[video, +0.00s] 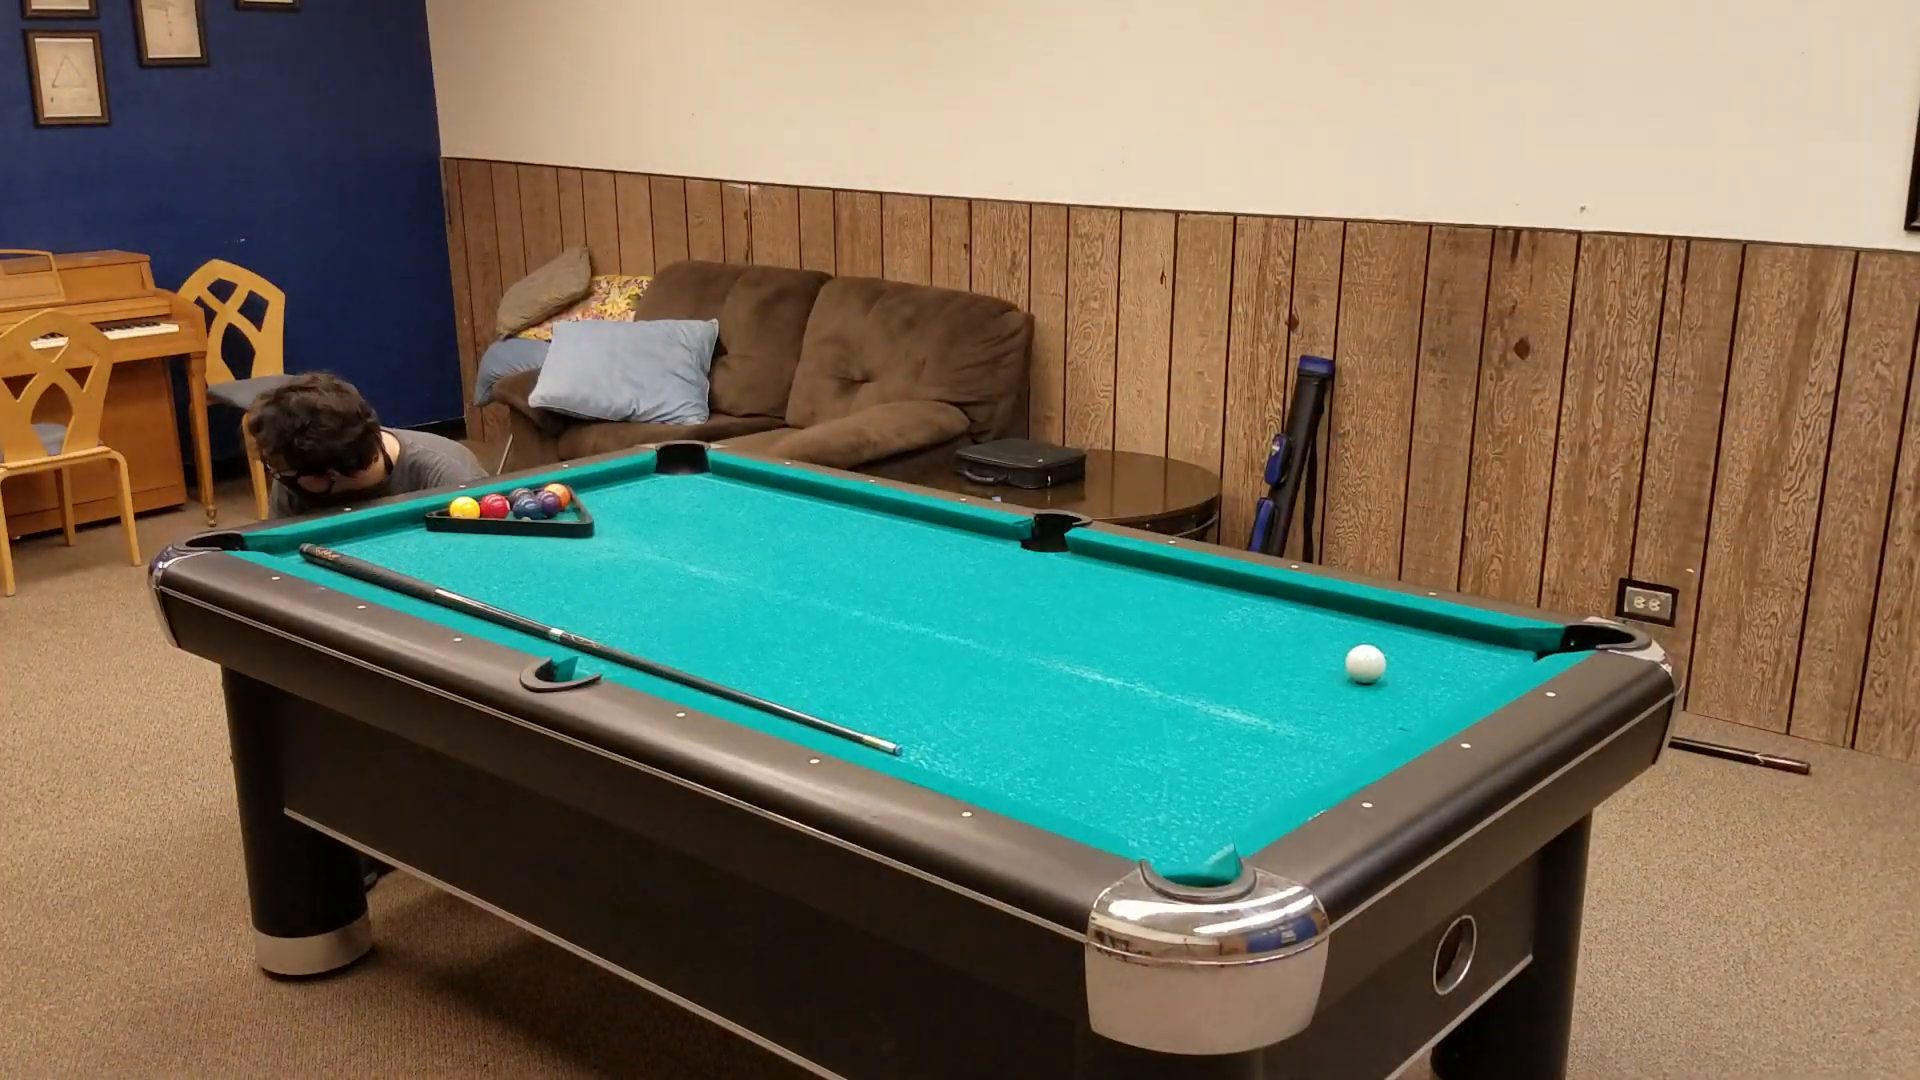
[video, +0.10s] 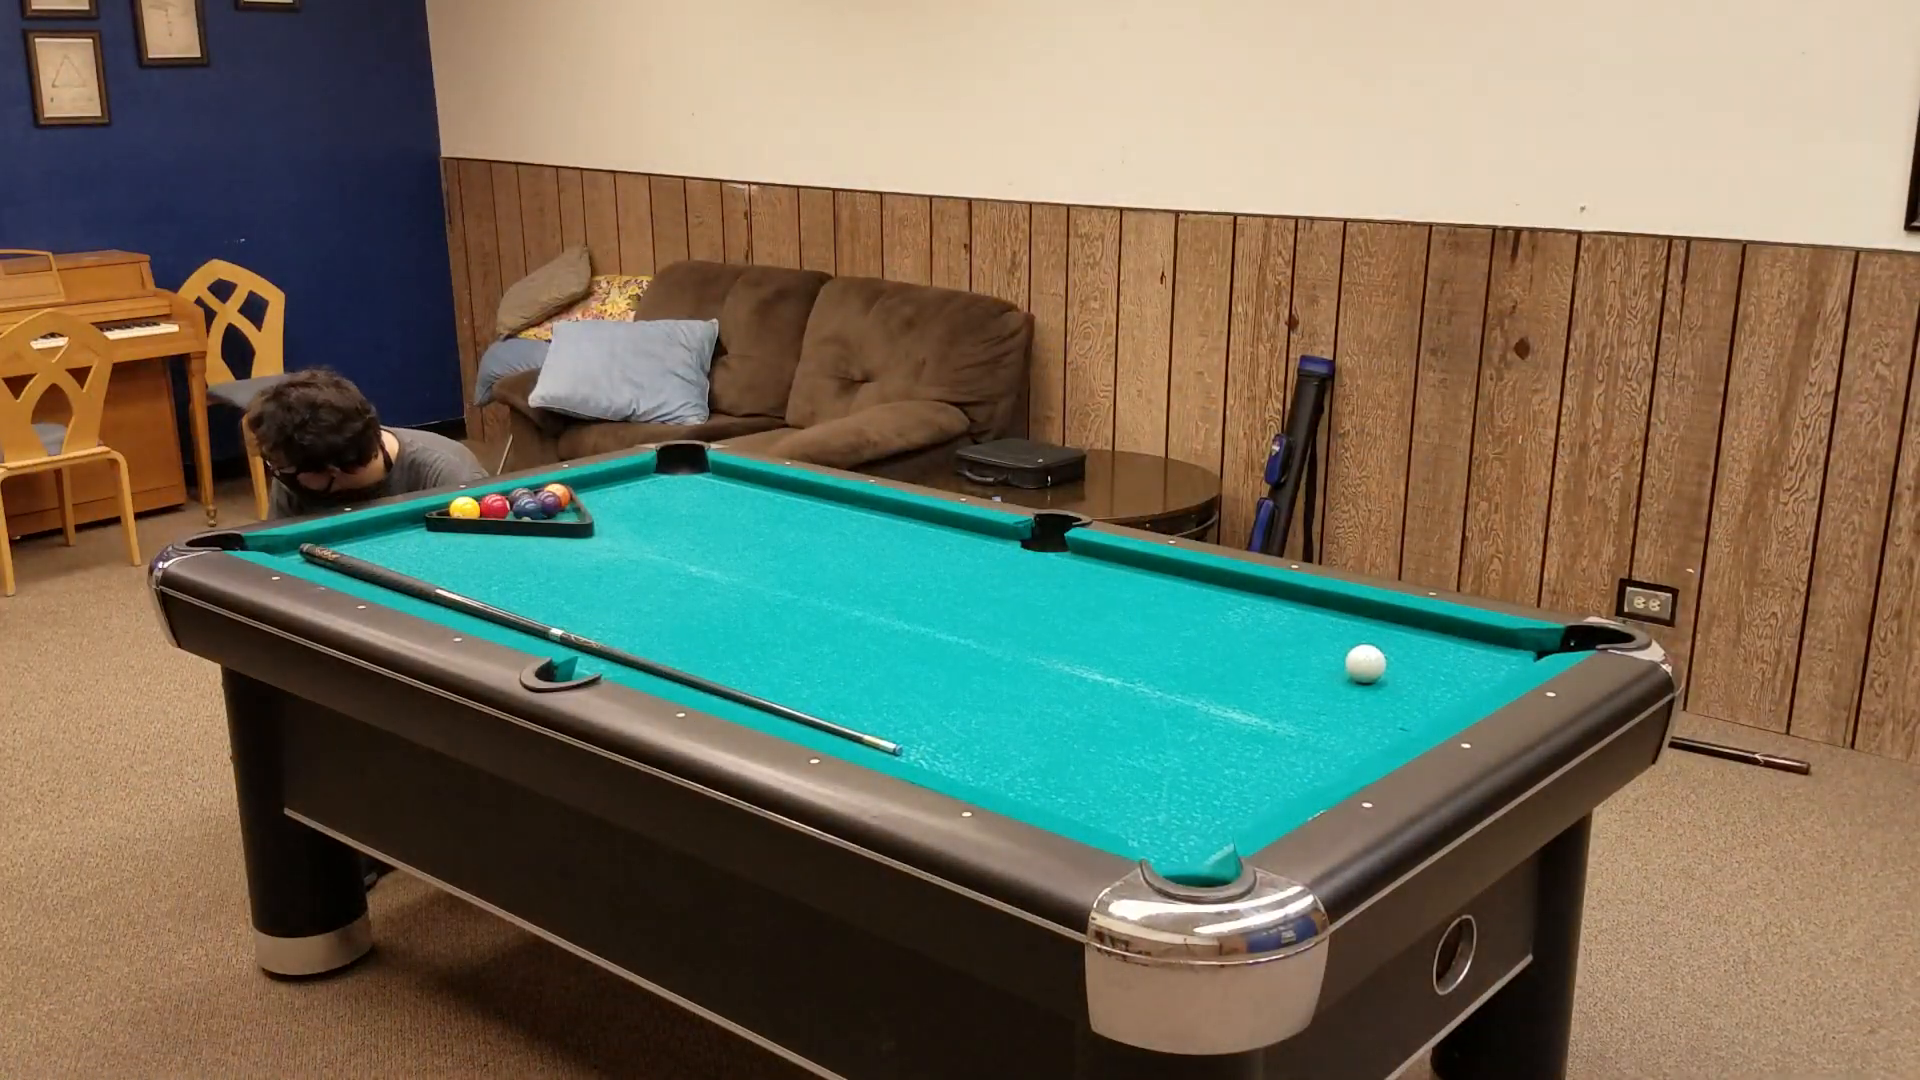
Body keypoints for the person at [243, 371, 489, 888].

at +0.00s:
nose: (283, 479)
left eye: (286, 469)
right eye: (280, 468)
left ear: (319, 479)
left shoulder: (443, 471)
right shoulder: (293, 485)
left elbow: (472, 567)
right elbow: (278, 568)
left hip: (442, 621)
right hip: (352, 622)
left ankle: (379, 839)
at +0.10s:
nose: (282, 477)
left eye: (286, 467)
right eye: (280, 466)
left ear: (324, 473)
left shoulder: (444, 471)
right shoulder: (293, 482)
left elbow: (475, 567)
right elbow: (277, 566)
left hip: (442, 623)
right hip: (351, 623)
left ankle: (379, 839)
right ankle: (354, 835)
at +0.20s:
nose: (279, 474)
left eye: (285, 464)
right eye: (277, 462)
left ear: (326, 469)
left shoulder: (446, 469)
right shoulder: (292, 486)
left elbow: (478, 567)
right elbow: (277, 572)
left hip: (442, 624)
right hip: (350, 627)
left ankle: (377, 841)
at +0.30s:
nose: (279, 469)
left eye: (288, 460)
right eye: (277, 459)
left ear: (335, 459)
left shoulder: (446, 468)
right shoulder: (295, 477)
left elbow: (486, 561)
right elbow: (278, 563)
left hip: (441, 622)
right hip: (350, 623)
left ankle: (380, 841)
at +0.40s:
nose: (284, 474)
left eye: (295, 465)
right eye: (280, 462)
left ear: (345, 450)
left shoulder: (446, 463)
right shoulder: (295, 473)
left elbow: (485, 557)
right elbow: (278, 559)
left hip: (440, 618)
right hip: (349, 618)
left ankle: (380, 844)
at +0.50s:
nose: (296, 479)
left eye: (307, 468)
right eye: (289, 467)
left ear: (348, 443)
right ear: (279, 450)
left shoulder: (445, 462)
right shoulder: (294, 474)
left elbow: (483, 557)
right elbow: (279, 562)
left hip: (438, 617)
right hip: (348, 618)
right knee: (327, 723)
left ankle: (377, 846)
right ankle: (345, 841)